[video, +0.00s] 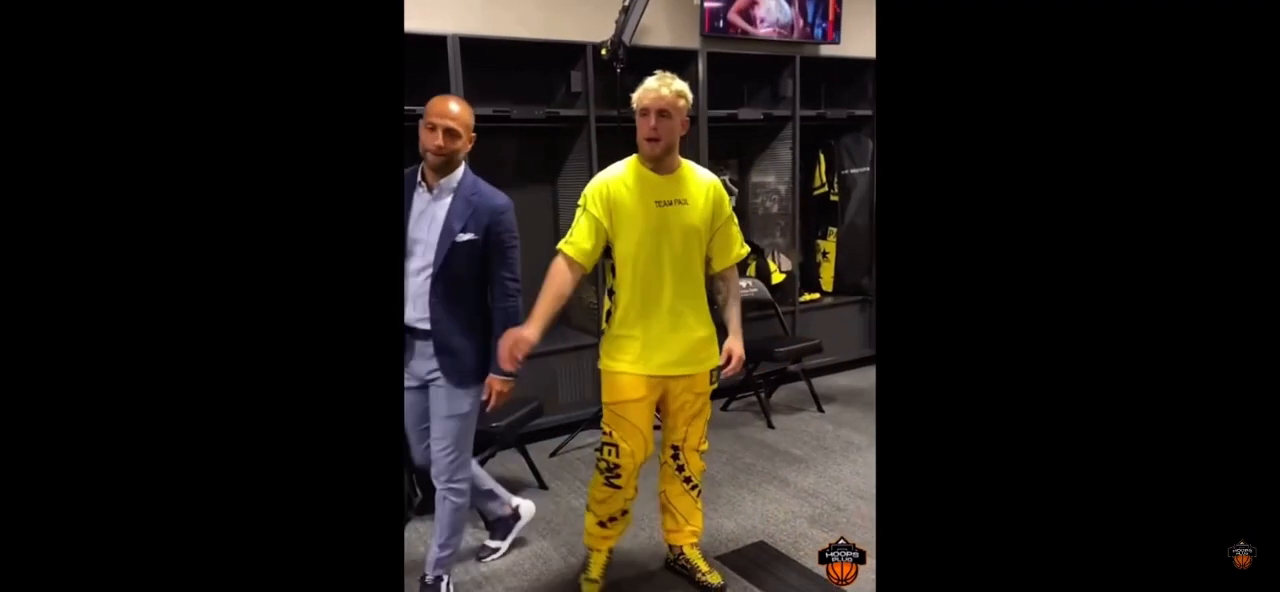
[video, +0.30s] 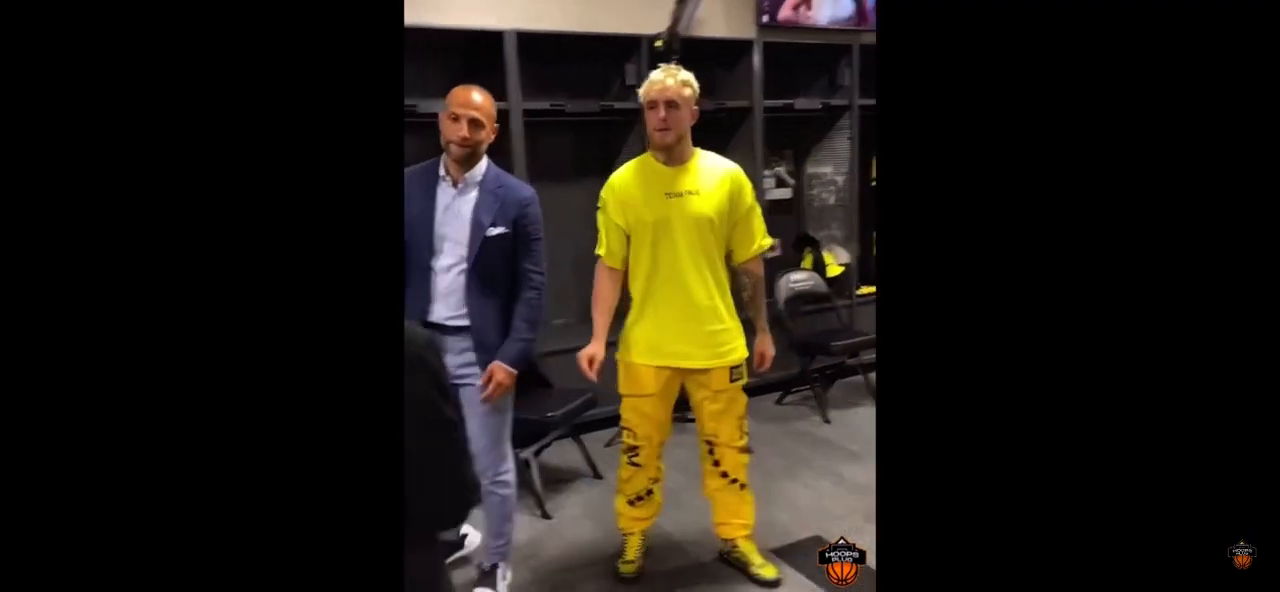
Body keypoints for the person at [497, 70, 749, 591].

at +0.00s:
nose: (651, 124)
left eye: (663, 115)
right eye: (644, 114)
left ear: (685, 124)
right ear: (634, 122)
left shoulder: (709, 189)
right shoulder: (607, 188)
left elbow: (727, 272)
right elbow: (570, 261)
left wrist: (734, 333)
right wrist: (534, 325)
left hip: (692, 348)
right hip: (628, 349)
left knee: (687, 456)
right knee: (621, 458)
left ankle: (683, 545)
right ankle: (598, 551)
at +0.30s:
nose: (662, 116)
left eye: (672, 105)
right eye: (653, 107)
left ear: (694, 112)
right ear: (642, 114)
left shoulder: (727, 178)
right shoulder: (621, 185)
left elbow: (750, 262)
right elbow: (609, 266)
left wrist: (761, 329)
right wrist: (598, 336)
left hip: (717, 337)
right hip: (646, 340)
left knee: (728, 443)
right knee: (638, 445)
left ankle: (734, 536)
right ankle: (634, 533)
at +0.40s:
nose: (683, 114)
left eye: (694, 104)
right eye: (675, 105)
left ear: (717, 108)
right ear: (665, 112)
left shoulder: (756, 173)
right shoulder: (648, 182)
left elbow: (780, 257)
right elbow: (626, 260)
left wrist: (790, 328)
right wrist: (604, 327)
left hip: (744, 334)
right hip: (674, 337)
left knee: (761, 441)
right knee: (671, 442)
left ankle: (774, 536)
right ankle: (671, 531)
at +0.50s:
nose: (717, 112)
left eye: (728, 101)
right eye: (709, 103)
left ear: (755, 104)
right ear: (700, 109)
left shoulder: (794, 167)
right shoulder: (685, 177)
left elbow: (817, 251)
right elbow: (658, 254)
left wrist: (827, 326)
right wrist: (632, 323)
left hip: (784, 331)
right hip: (711, 334)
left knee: (806, 439)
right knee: (713, 439)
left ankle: (824, 536)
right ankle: (718, 526)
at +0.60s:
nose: (762, 107)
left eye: (773, 96)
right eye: (752, 98)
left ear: (800, 99)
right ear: (744, 104)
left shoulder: (839, 162)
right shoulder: (728, 173)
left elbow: (861, 252)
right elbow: (701, 254)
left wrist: (867, 328)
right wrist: (678, 324)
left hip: (828, 329)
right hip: (753, 331)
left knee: (855, 440)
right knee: (760, 436)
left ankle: (868, 532)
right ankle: (769, 524)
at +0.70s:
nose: (811, 100)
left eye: (822, 89)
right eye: (802, 91)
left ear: (846, 93)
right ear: (791, 99)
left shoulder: (872, 151)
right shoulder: (774, 169)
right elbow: (753, 251)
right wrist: (737, 326)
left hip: (868, 322)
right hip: (802, 324)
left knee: (876, 425)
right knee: (811, 431)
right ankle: (822, 525)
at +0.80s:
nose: (852, 95)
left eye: (862, 84)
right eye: (842, 86)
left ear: (880, 90)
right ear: (832, 95)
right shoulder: (818, 166)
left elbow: (803, 251)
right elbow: (804, 253)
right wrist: (799, 329)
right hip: (847, 324)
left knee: (866, 435)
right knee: (856, 434)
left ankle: (869, 530)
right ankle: (866, 530)